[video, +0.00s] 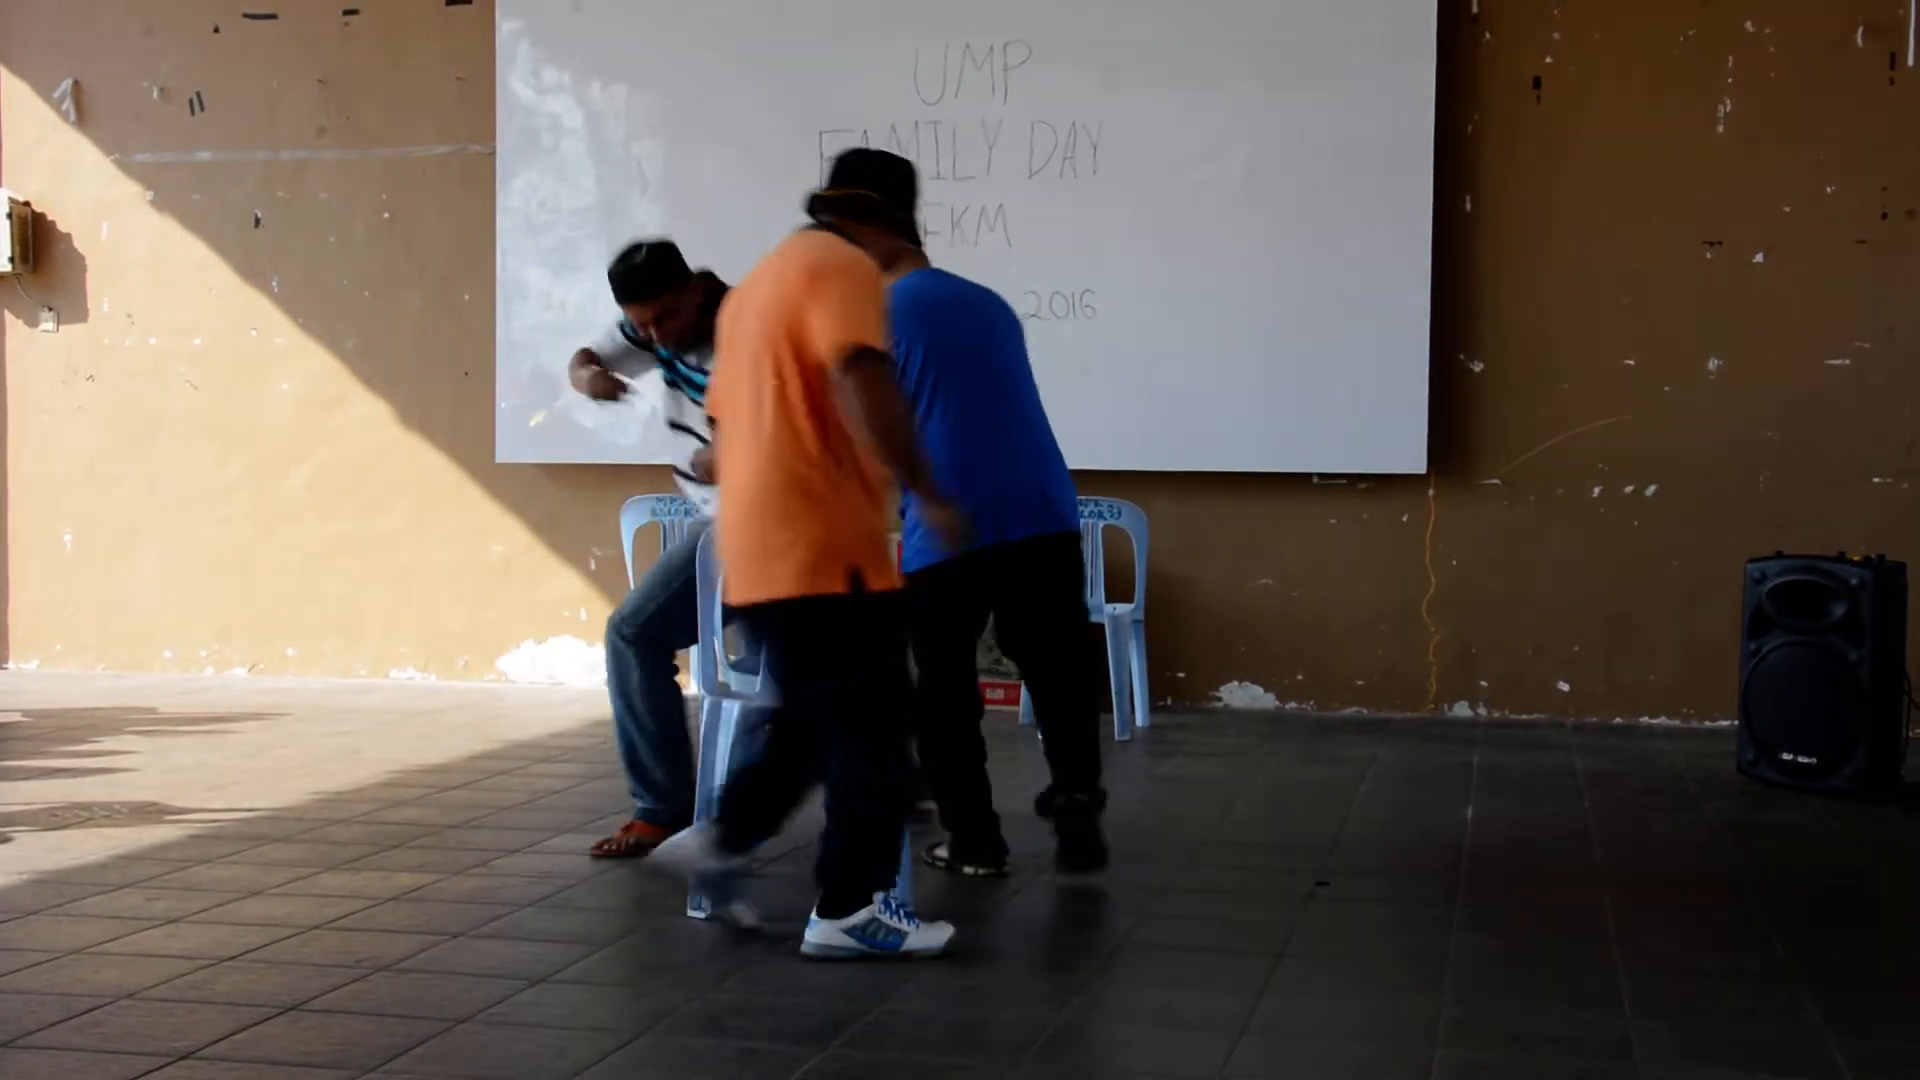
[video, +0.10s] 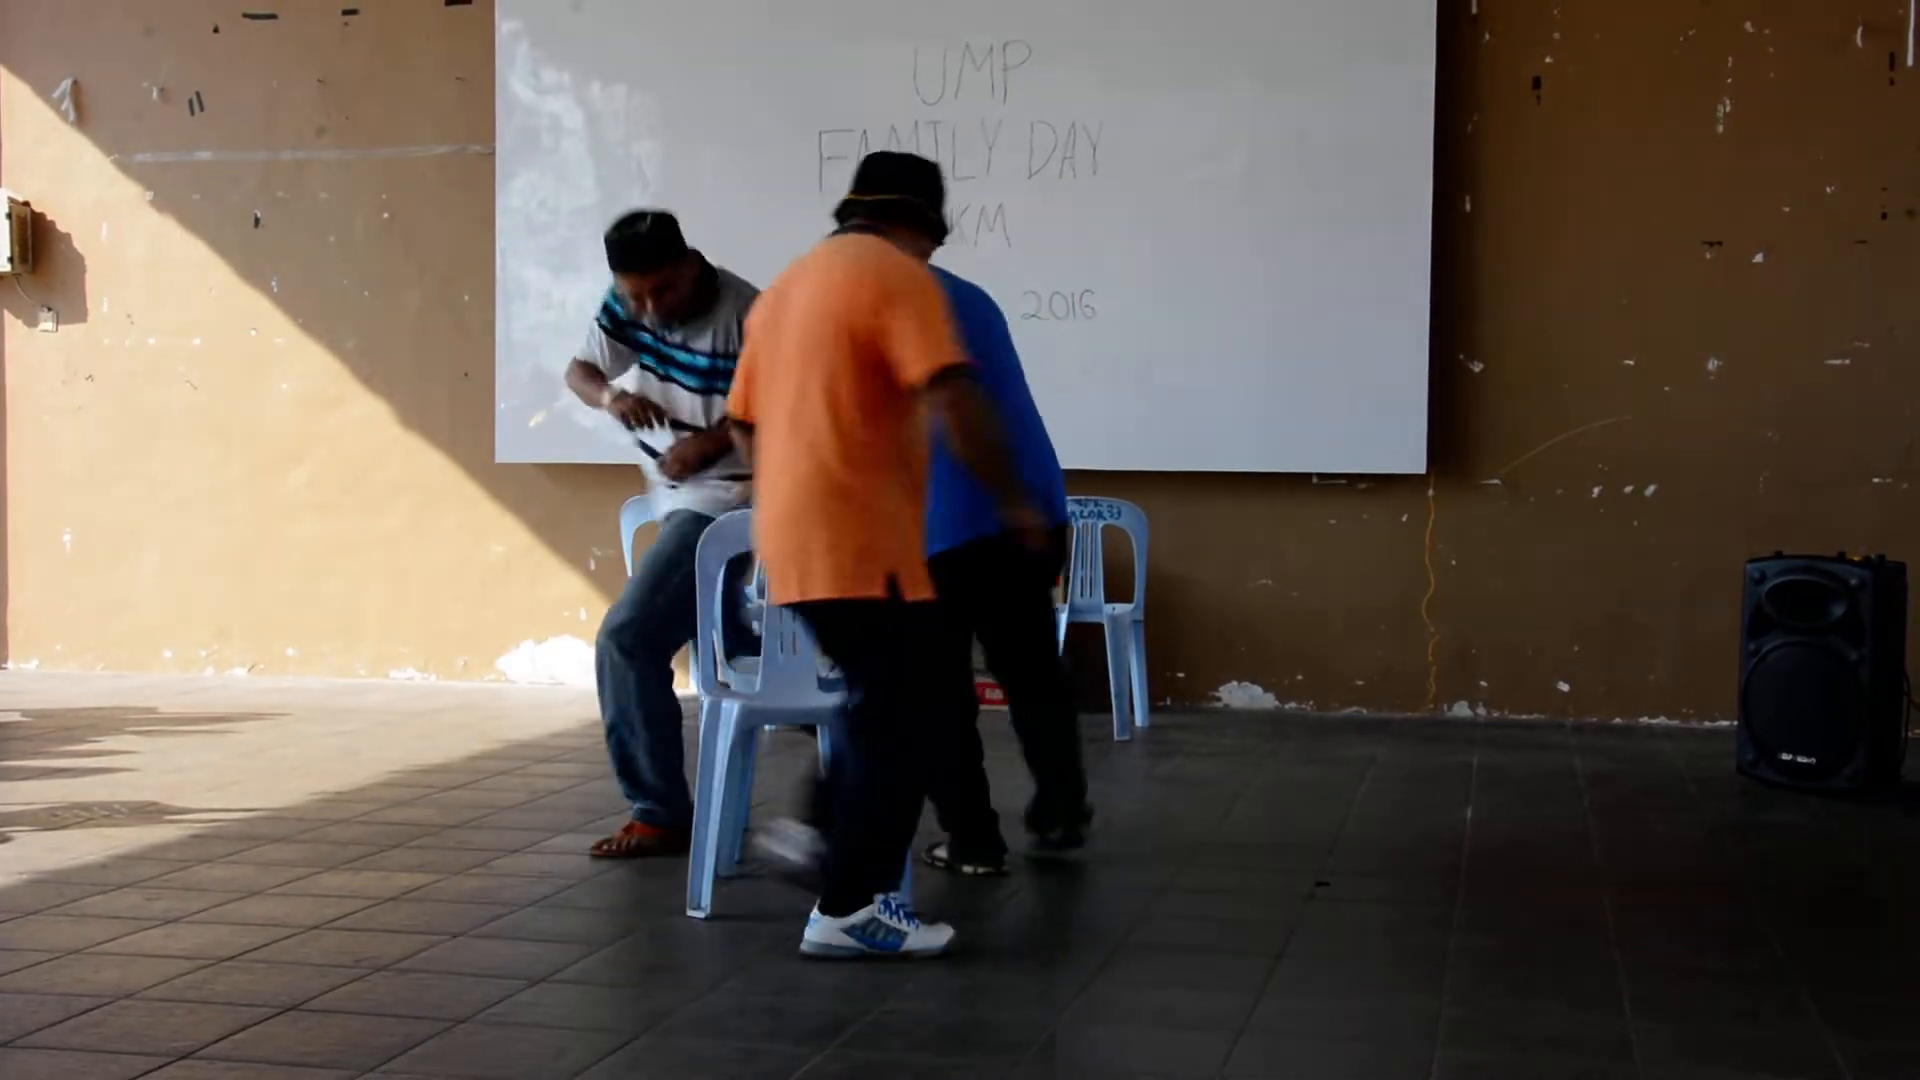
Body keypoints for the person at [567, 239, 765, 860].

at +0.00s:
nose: (657, 336)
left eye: (667, 318)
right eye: (643, 326)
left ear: (698, 291)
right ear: (629, 315)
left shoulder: (749, 326)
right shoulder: (655, 331)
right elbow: (589, 361)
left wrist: (726, 458)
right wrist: (595, 378)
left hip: (795, 515)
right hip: (727, 520)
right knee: (632, 632)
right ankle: (664, 808)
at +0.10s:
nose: (650, 310)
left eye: (662, 292)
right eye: (636, 297)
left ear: (692, 265)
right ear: (619, 283)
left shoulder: (749, 314)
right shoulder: (627, 300)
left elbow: (781, 399)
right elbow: (580, 371)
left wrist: (716, 438)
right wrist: (610, 397)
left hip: (751, 498)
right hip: (692, 499)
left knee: (625, 637)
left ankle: (661, 815)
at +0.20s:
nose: (651, 284)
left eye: (661, 268)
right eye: (635, 271)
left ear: (687, 245)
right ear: (616, 256)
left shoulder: (736, 297)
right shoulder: (602, 277)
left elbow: (765, 398)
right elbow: (583, 364)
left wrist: (700, 430)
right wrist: (606, 408)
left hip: (701, 487)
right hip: (631, 486)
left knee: (629, 633)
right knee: (660, 636)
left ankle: (659, 814)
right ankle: (758, 721)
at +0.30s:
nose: (638, 264)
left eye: (651, 250)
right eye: (623, 251)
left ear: (674, 227)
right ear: (601, 231)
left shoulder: (716, 278)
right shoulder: (574, 257)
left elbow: (774, 371)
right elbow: (556, 346)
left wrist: (718, 418)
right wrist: (578, 406)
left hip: (674, 486)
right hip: (596, 481)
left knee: (633, 640)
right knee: (578, 634)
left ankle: (663, 815)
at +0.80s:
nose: (669, 206)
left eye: (678, 190)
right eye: (655, 191)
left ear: (684, 178)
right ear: (607, 173)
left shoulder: (685, 251)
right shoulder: (528, 226)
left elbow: (715, 355)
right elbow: (467, 325)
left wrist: (702, 423)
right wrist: (524, 399)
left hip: (636, 492)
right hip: (532, 487)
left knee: (607, 672)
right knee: (501, 655)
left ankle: (574, 836)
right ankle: (515, 776)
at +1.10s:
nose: (710, 221)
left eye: (717, 205)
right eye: (698, 205)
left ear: (714, 193)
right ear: (647, 188)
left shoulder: (700, 262)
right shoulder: (556, 242)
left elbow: (702, 360)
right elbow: (468, 327)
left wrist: (749, 430)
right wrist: (496, 443)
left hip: (663, 501)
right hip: (560, 500)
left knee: (676, 642)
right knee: (527, 683)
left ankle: (590, 831)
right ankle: (503, 857)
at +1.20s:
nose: (747, 228)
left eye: (752, 213)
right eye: (738, 212)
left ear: (716, 201)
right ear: (689, 195)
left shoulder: (719, 268)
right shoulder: (586, 245)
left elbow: (701, 363)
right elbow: (490, 331)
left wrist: (761, 441)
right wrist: (505, 446)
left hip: (693, 513)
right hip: (585, 516)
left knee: (737, 671)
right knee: (549, 700)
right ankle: (511, 859)